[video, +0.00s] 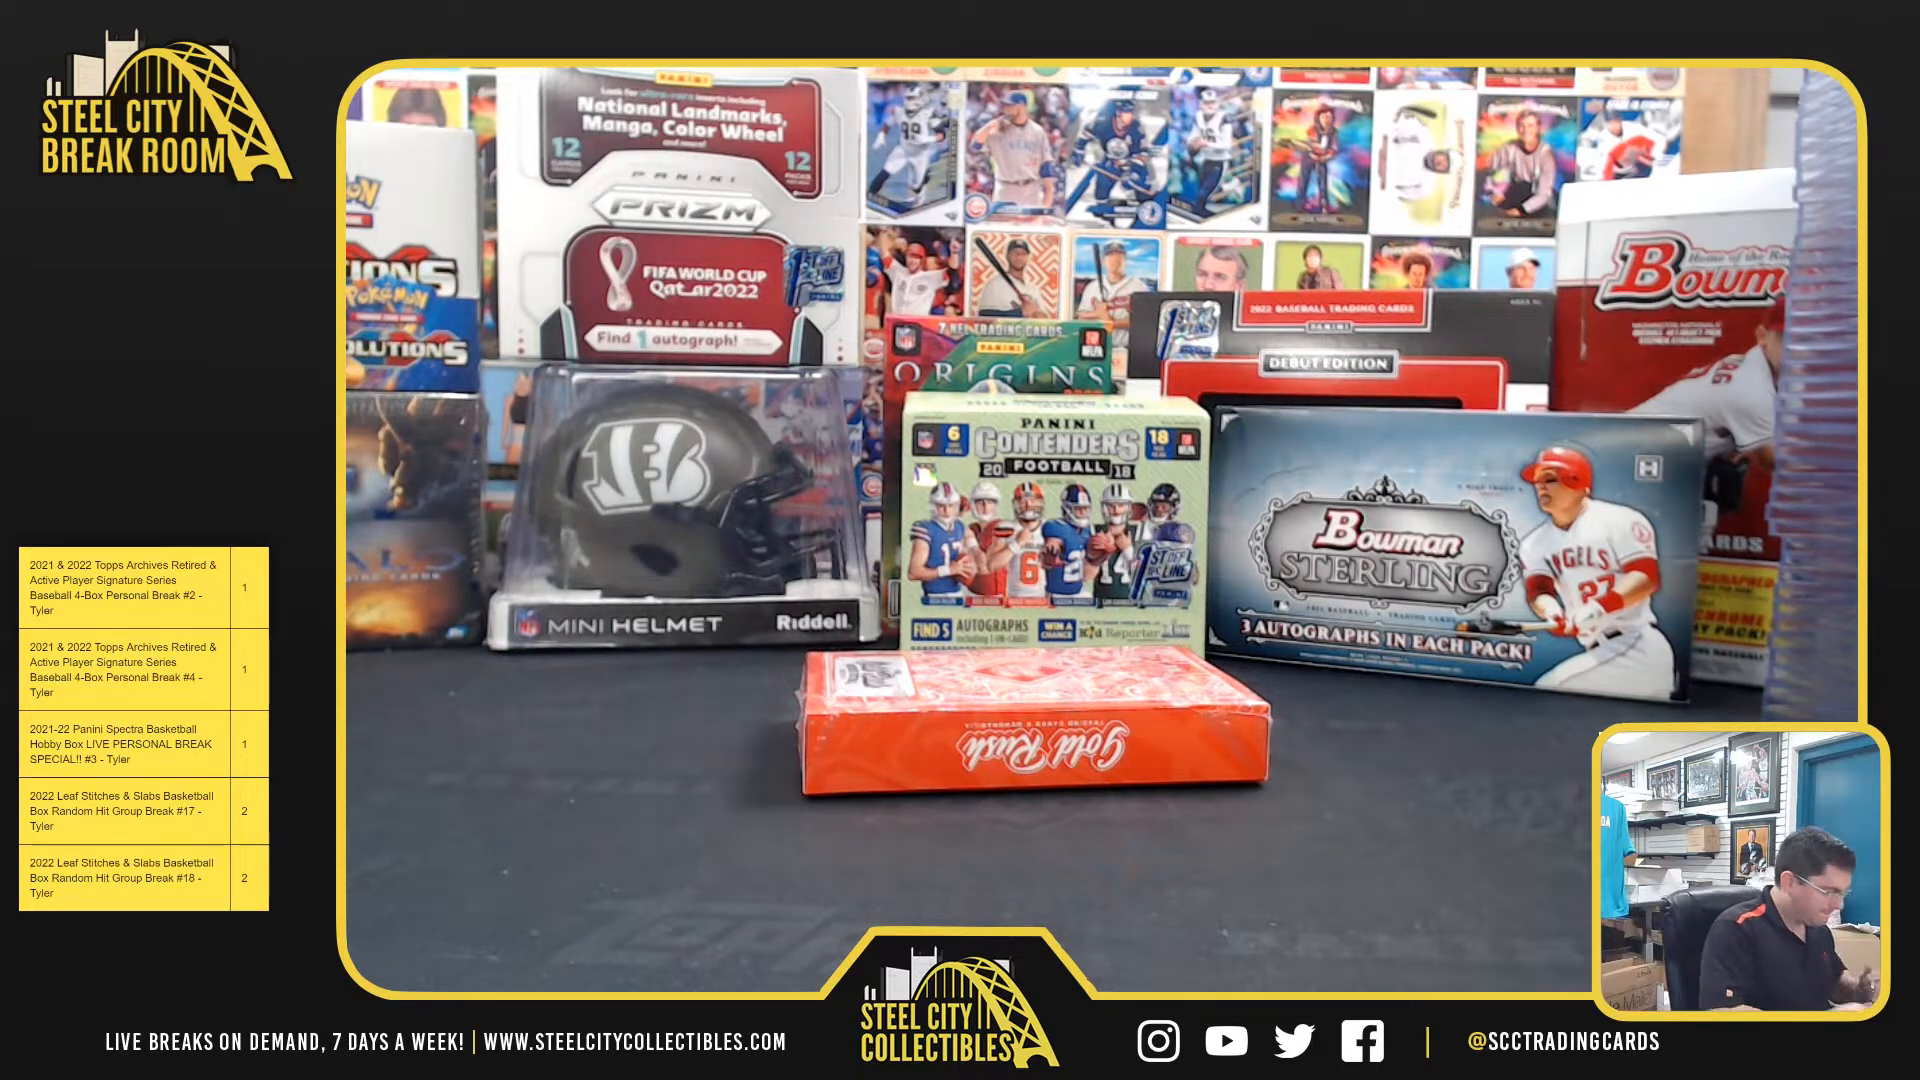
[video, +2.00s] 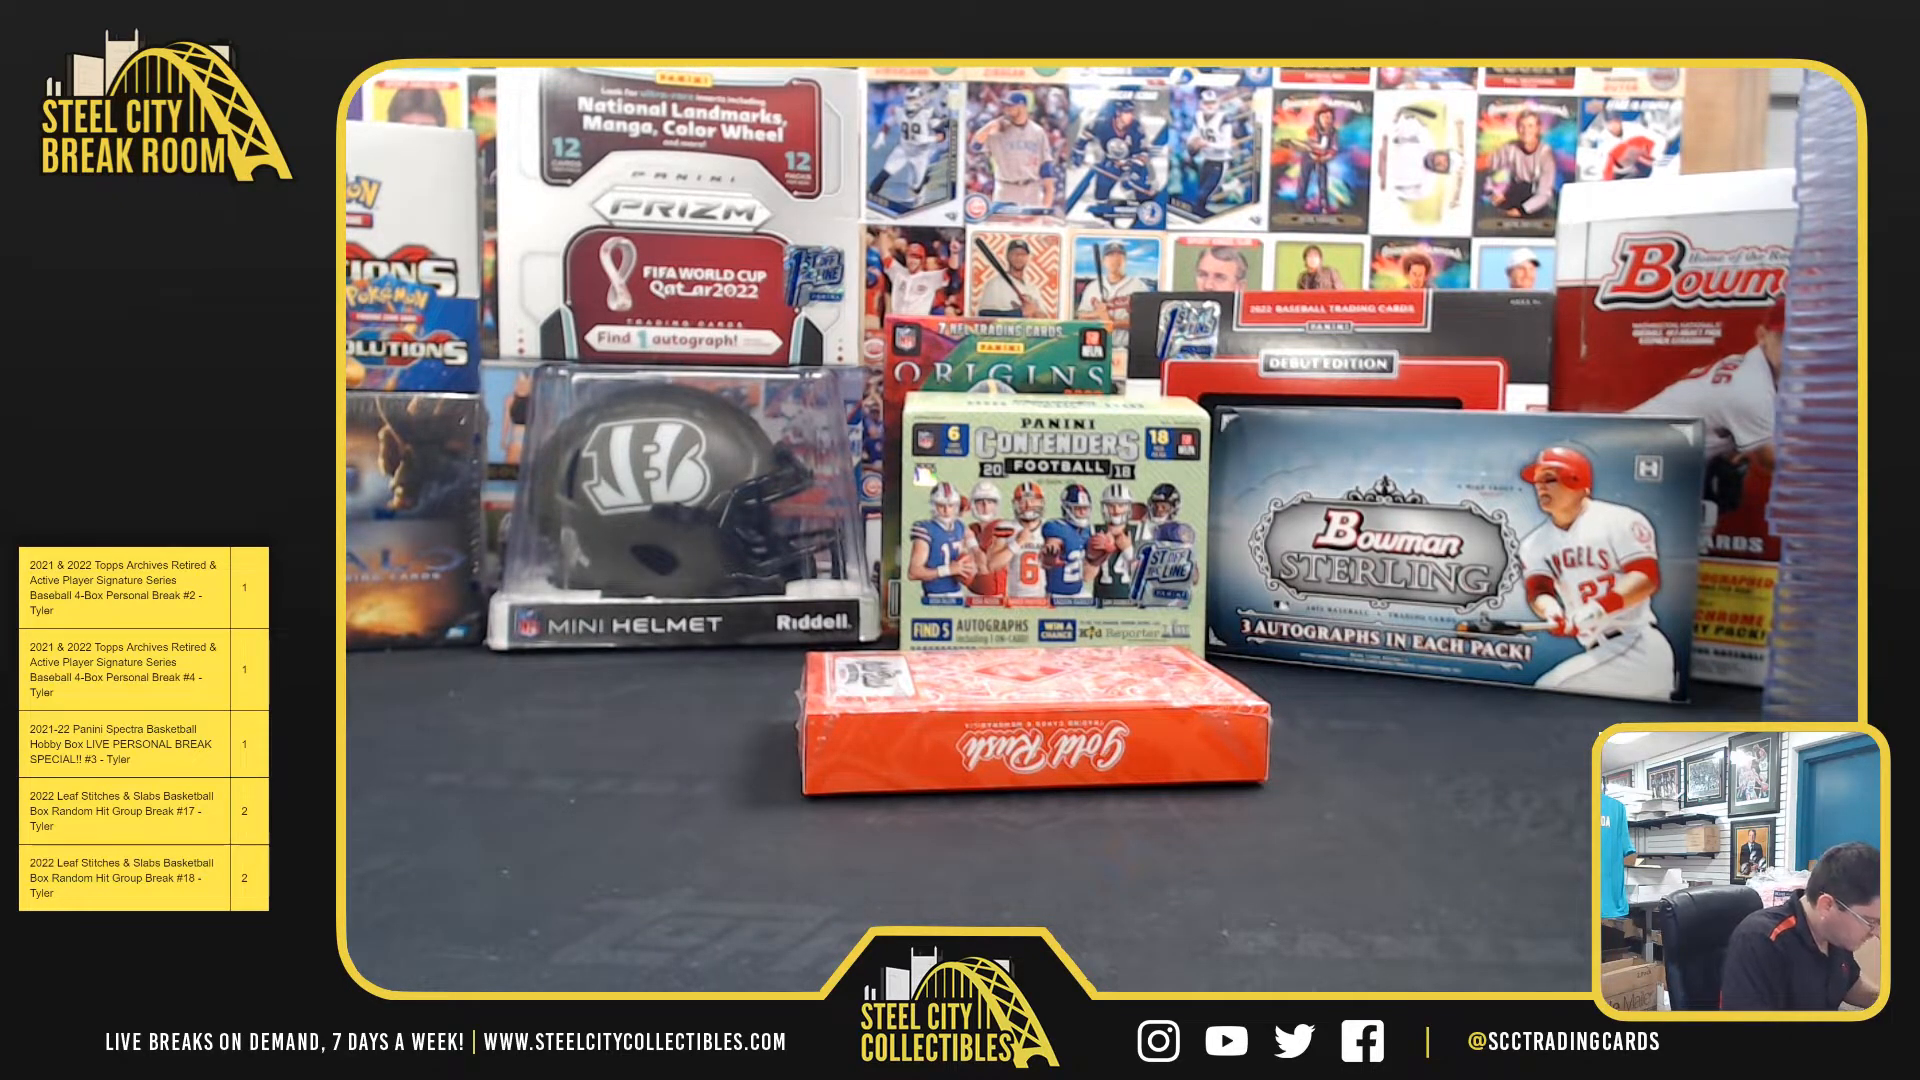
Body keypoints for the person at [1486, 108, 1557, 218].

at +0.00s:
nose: (1526, 130)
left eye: (1530, 126)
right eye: (1522, 126)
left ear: (1538, 128)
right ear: (1517, 129)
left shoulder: (1545, 154)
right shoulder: (1507, 150)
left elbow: (1545, 192)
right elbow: (1491, 177)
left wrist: (1523, 209)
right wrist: (1494, 193)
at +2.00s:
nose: (1526, 131)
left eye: (1530, 126)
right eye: (1522, 126)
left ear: (1538, 129)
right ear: (1517, 129)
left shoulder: (1545, 154)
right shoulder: (1507, 151)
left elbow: (1545, 192)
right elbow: (1491, 178)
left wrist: (1523, 209)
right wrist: (1494, 194)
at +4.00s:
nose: (1526, 130)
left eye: (1530, 126)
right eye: (1522, 126)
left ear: (1538, 128)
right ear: (1518, 129)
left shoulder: (1545, 154)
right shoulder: (1506, 151)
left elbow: (1545, 192)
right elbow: (1491, 179)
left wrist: (1523, 209)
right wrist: (1495, 193)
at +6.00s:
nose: (1526, 130)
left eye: (1530, 126)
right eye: (1522, 126)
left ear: (1539, 128)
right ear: (1518, 129)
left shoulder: (1545, 153)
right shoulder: (1507, 150)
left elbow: (1545, 191)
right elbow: (1489, 178)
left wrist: (1523, 209)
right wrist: (1495, 193)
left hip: (1535, 187)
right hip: (1513, 186)